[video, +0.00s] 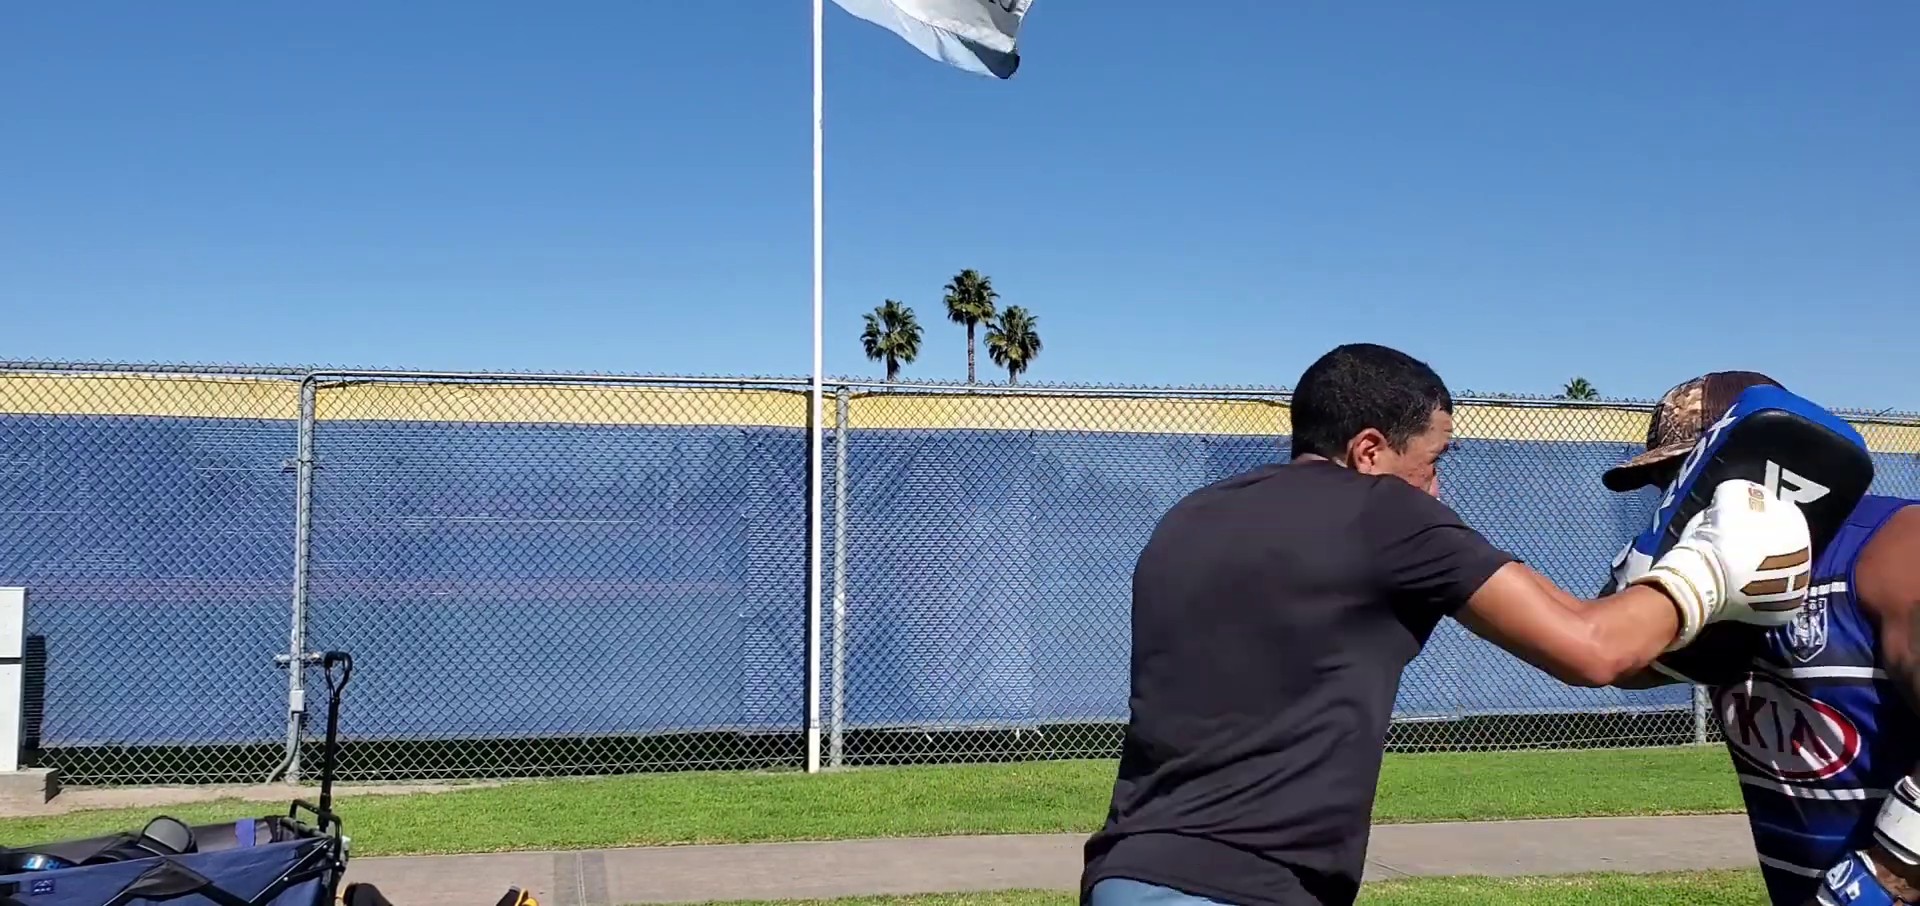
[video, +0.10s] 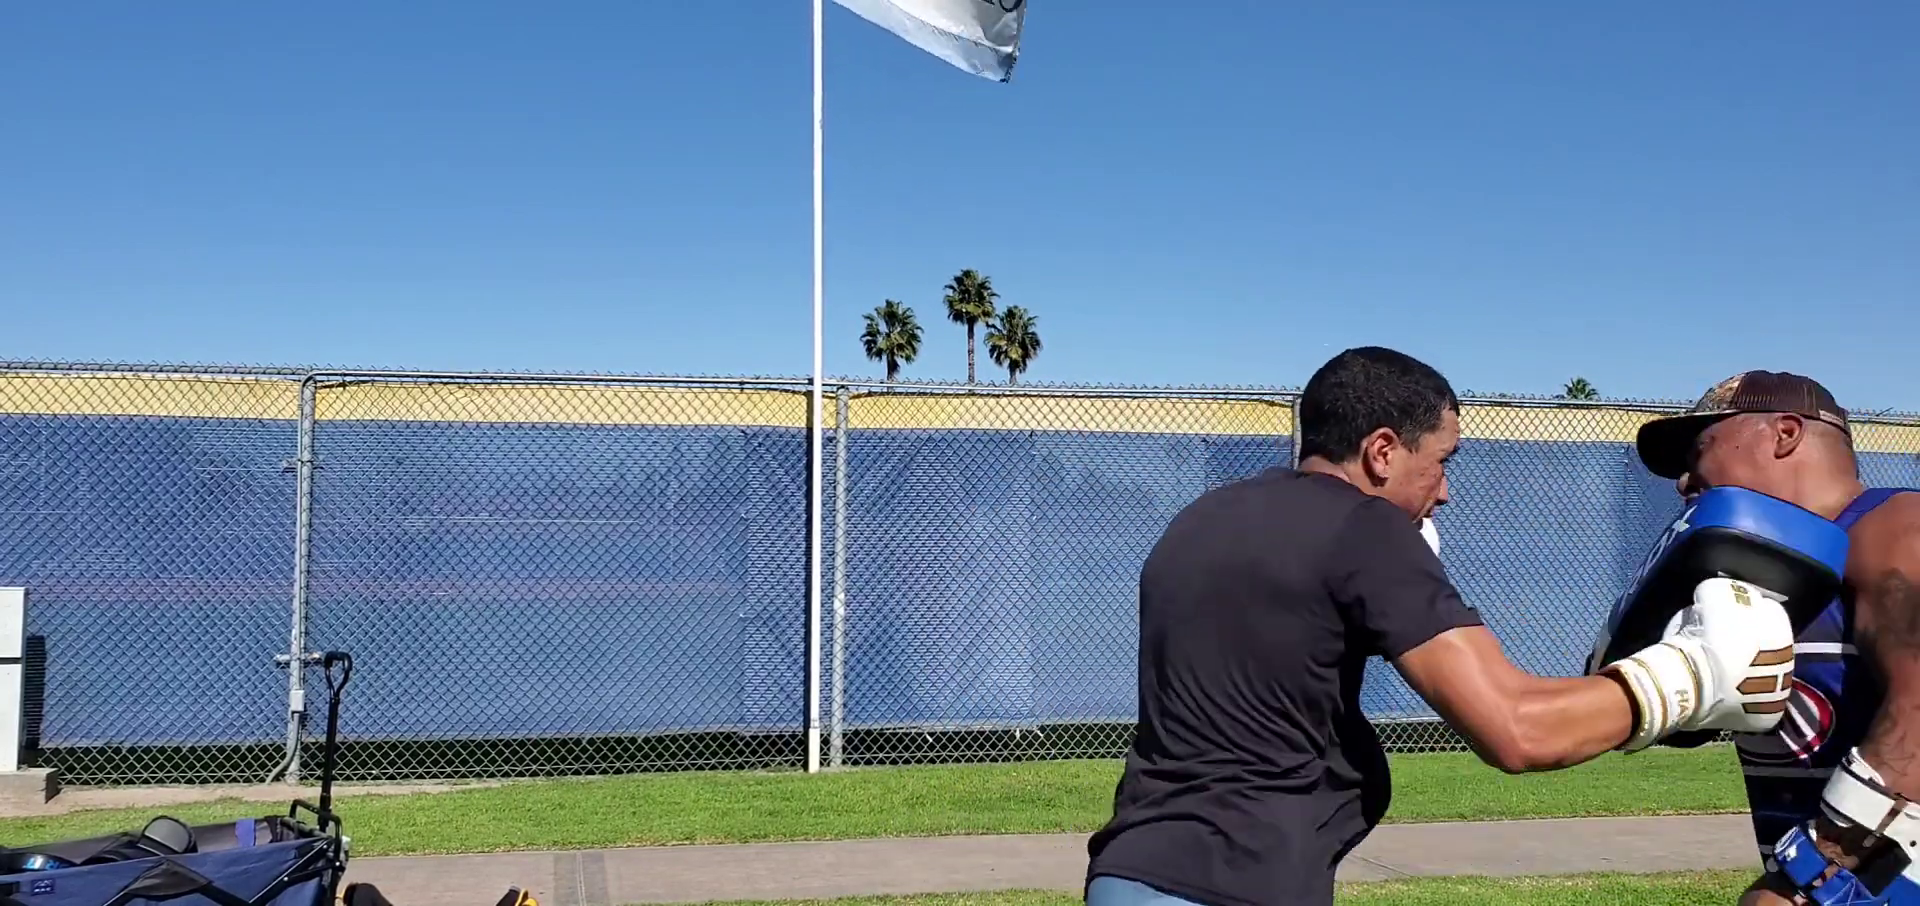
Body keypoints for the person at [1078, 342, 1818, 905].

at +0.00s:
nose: (1442, 487)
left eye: (1446, 463)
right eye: (1436, 463)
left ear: (1315, 449)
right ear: (1369, 450)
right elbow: (1598, 649)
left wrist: (1640, 613)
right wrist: (1703, 568)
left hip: (1127, 875)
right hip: (1249, 883)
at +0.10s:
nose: (1444, 492)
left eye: (1448, 466)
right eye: (1440, 465)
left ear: (1323, 451)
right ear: (1377, 452)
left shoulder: (1196, 523)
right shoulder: (1364, 533)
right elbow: (1523, 732)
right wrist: (1689, 675)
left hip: (1133, 873)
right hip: (1250, 882)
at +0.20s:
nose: (1436, 481)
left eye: (1439, 457)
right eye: (1433, 454)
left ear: (1305, 437)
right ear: (1378, 448)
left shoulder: (1202, 523)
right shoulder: (1324, 550)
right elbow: (1368, 797)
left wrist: (1357, 571)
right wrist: (1539, 724)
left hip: (1119, 877)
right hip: (1228, 885)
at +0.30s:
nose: (1404, 469)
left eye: (1407, 443)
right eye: (1401, 439)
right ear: (1344, 431)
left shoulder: (1183, 510)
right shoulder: (1259, 547)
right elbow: (1309, 810)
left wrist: (1338, 618)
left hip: (1106, 872)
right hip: (1196, 885)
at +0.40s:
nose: (1364, 445)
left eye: (1368, 422)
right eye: (1360, 420)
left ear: (1295, 414)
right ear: (1297, 413)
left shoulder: (1148, 496)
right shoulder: (1214, 526)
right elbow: (1310, 776)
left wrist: (1331, 573)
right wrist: (1355, 588)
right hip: (1165, 883)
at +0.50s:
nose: (1335, 431)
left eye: (1337, 408)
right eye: (1330, 407)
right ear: (1263, 404)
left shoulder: (1143, 496)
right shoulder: (1178, 519)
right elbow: (1290, 763)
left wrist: (1294, 563)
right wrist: (1335, 576)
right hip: (1152, 886)